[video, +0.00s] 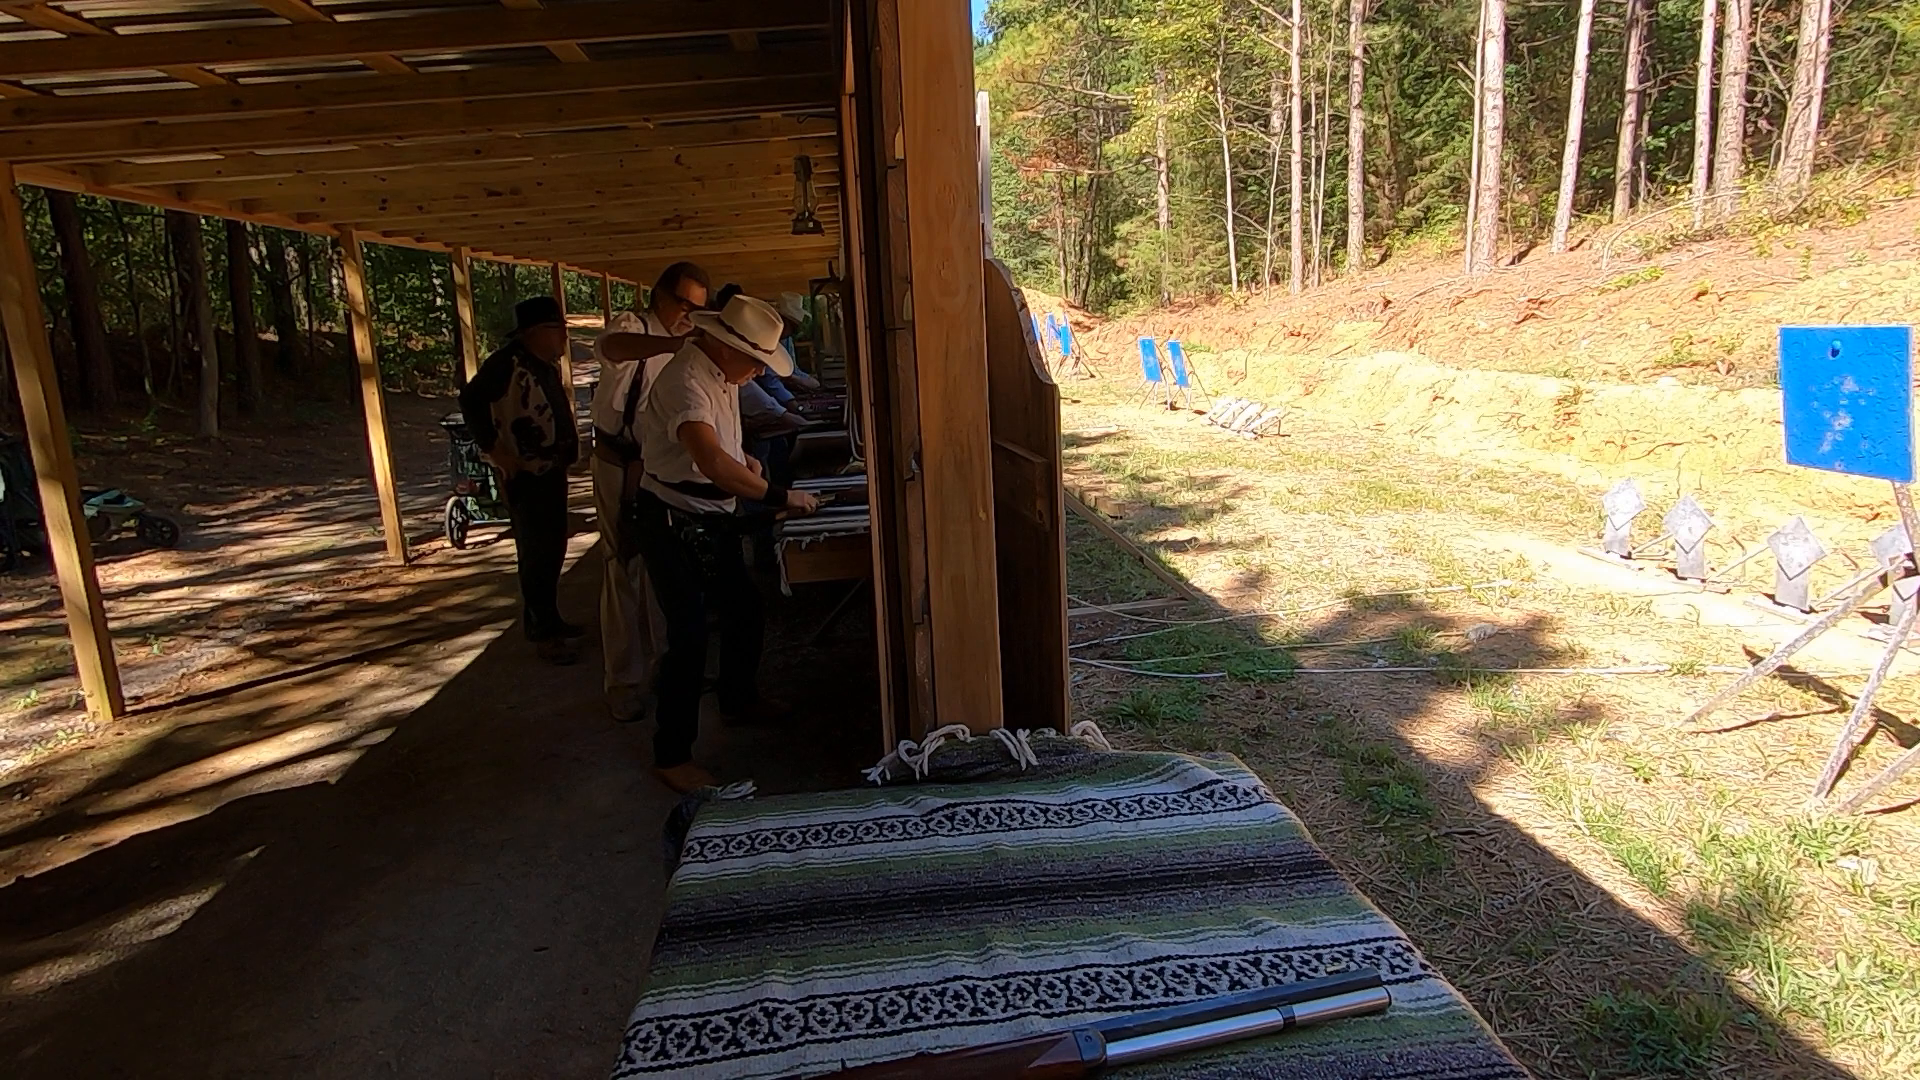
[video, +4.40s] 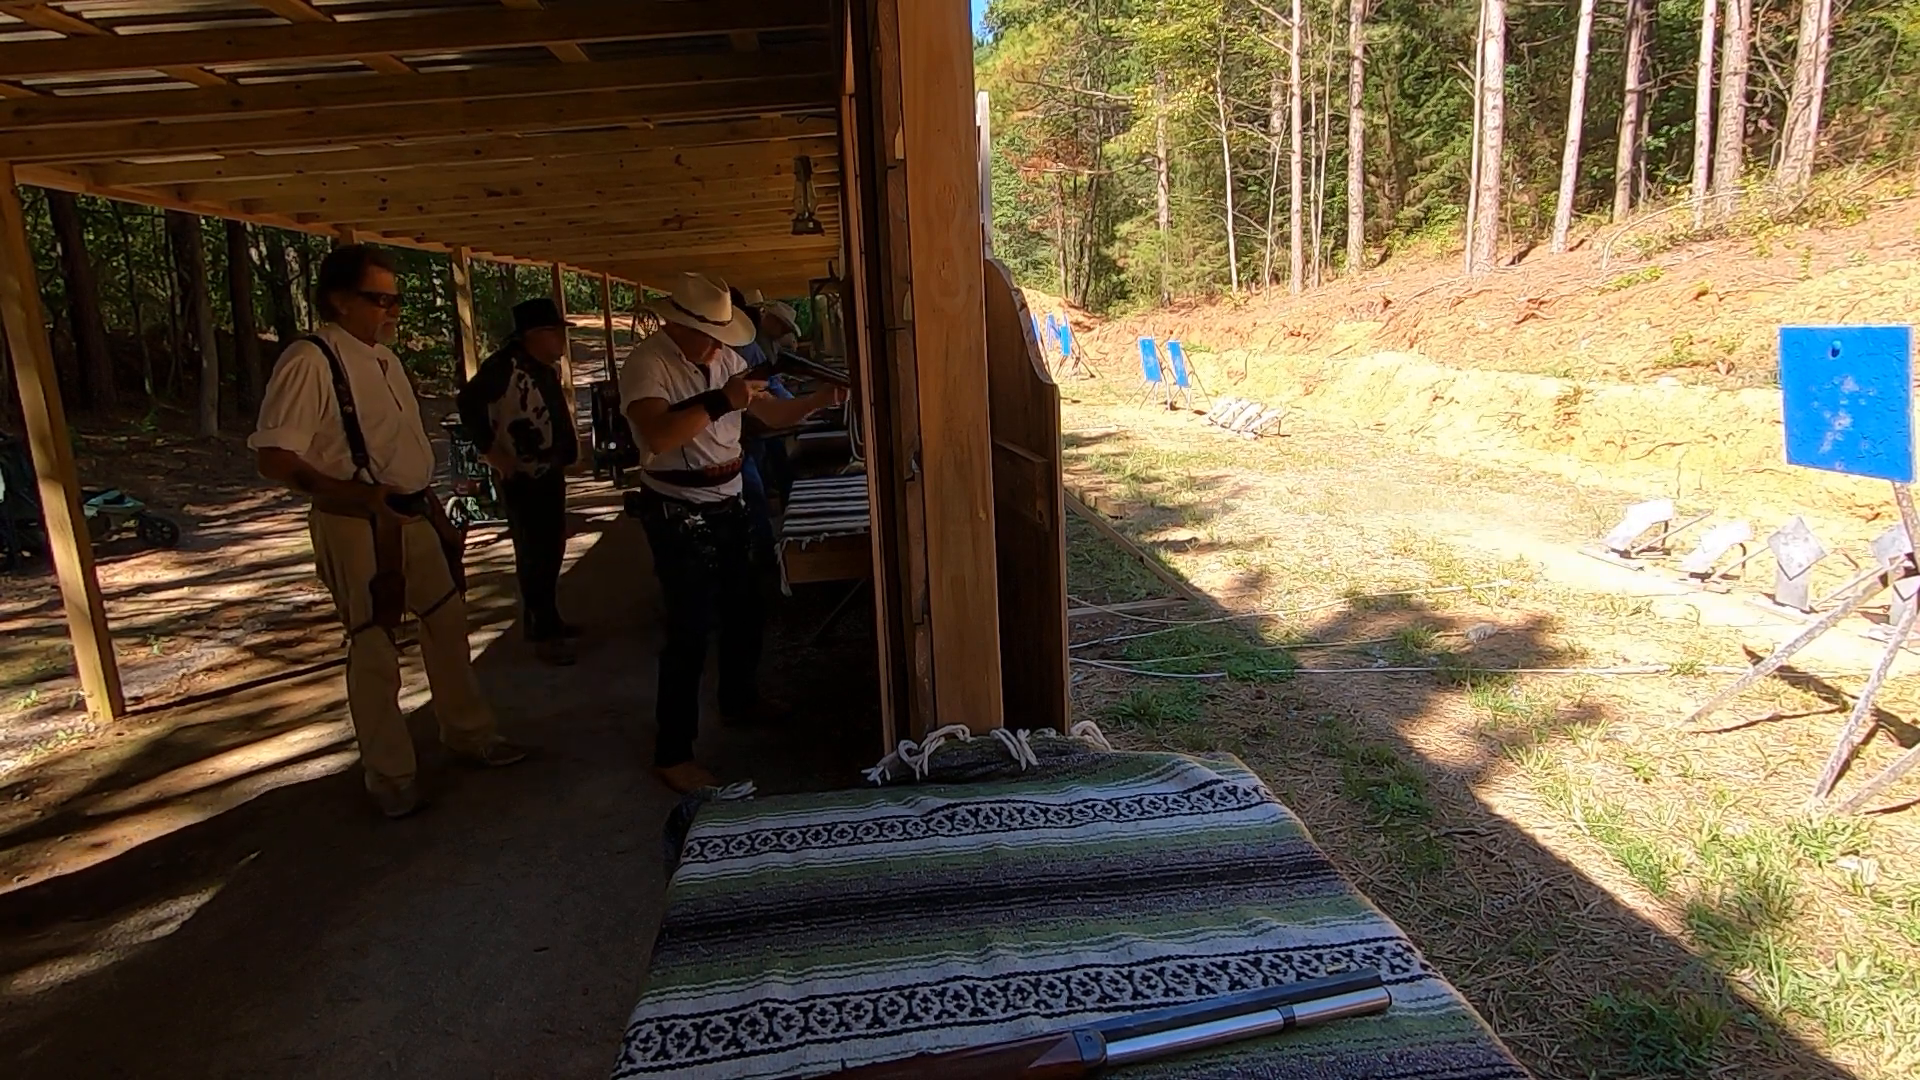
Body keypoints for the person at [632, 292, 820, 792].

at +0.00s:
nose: (757, 374)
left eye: (761, 367)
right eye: (755, 364)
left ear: (728, 349)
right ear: (729, 348)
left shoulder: (722, 377)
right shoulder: (685, 378)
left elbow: (727, 446)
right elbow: (709, 460)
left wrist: (755, 474)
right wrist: (780, 496)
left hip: (717, 516)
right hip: (672, 519)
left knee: (743, 611)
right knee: (689, 634)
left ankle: (739, 704)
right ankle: (672, 756)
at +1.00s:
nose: (757, 355)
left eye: (760, 346)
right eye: (753, 344)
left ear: (727, 335)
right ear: (725, 333)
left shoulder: (717, 362)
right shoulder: (686, 353)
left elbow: (722, 424)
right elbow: (724, 409)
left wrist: (751, 450)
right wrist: (786, 423)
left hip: (717, 512)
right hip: (672, 513)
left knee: (737, 613)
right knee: (689, 632)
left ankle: (740, 706)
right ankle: (673, 756)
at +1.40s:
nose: (750, 333)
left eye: (750, 324)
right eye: (743, 325)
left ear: (722, 324)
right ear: (712, 323)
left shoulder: (730, 359)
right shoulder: (669, 343)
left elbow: (757, 415)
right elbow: (702, 390)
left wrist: (784, 383)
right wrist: (755, 370)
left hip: (724, 508)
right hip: (674, 510)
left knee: (734, 615)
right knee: (682, 632)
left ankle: (739, 707)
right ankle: (672, 756)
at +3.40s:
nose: (727, 333)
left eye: (728, 324)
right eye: (717, 324)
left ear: (725, 325)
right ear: (684, 324)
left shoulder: (726, 376)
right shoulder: (651, 346)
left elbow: (785, 415)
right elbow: (688, 380)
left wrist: (850, 399)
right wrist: (749, 377)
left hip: (707, 513)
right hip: (652, 513)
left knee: (732, 613)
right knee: (674, 629)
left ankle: (740, 708)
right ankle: (672, 756)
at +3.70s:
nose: (723, 330)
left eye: (724, 321)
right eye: (714, 321)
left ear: (717, 321)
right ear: (682, 321)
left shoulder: (720, 363)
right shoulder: (651, 349)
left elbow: (773, 415)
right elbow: (671, 412)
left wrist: (834, 383)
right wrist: (740, 404)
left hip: (709, 511)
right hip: (656, 512)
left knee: (727, 615)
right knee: (674, 629)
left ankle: (741, 710)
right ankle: (672, 756)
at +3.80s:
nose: (725, 330)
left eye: (726, 321)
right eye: (715, 321)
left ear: (721, 322)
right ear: (681, 318)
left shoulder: (720, 363)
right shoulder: (645, 362)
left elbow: (758, 425)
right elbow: (640, 444)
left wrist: (798, 394)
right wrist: (702, 416)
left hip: (718, 511)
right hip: (666, 514)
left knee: (731, 617)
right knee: (681, 630)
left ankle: (740, 710)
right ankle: (673, 756)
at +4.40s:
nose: (718, 345)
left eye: (721, 335)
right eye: (708, 335)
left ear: (719, 329)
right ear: (679, 327)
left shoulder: (724, 360)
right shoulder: (646, 363)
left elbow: (769, 412)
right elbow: (657, 436)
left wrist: (818, 400)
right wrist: (723, 399)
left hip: (734, 507)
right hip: (679, 514)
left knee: (744, 614)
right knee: (688, 630)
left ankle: (741, 707)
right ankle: (674, 756)